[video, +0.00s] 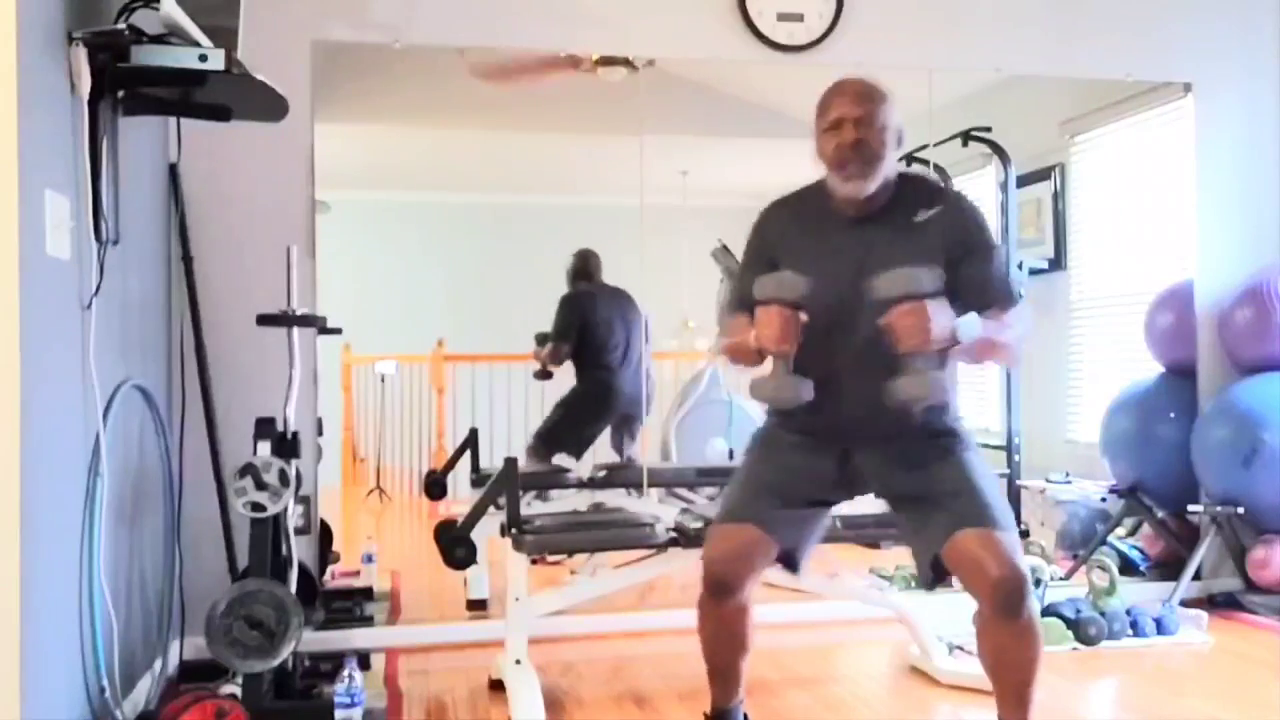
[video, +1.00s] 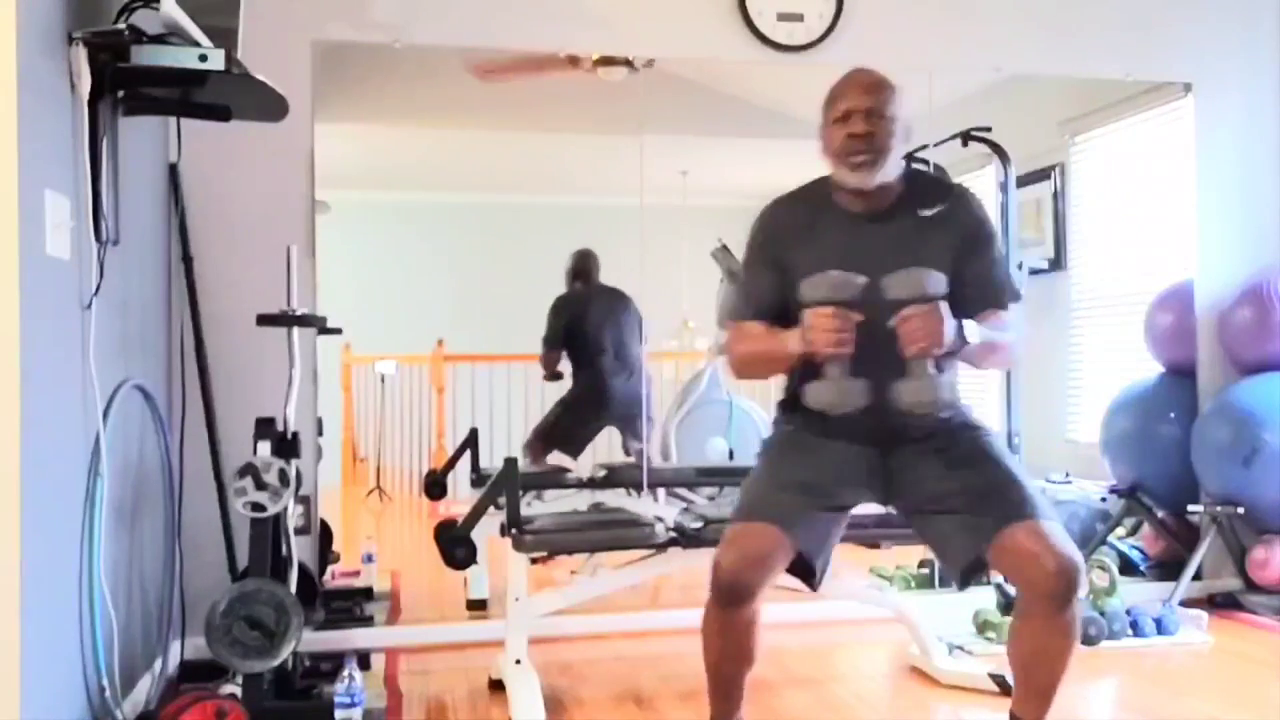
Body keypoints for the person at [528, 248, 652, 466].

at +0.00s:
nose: (567, 276)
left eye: (569, 272)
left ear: (571, 273)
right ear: (599, 273)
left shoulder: (575, 300)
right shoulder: (627, 299)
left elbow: (557, 354)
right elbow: (643, 347)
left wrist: (543, 355)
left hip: (598, 393)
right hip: (637, 391)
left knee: (539, 449)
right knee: (629, 453)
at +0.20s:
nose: (578, 246)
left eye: (578, 241)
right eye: (579, 242)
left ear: (583, 240)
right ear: (608, 238)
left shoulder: (592, 261)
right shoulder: (644, 263)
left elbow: (592, 304)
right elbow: (673, 308)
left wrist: (560, 329)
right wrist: (641, 320)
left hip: (614, 360)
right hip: (652, 361)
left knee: (572, 432)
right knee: (640, 437)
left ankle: (578, 503)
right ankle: (659, 507)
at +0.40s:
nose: (581, 251)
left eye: (582, 246)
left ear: (586, 245)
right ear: (613, 243)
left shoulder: (594, 264)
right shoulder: (641, 263)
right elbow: (690, 288)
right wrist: (668, 314)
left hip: (622, 371)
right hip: (658, 370)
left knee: (594, 447)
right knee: (643, 443)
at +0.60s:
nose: (585, 241)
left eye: (586, 236)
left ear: (590, 236)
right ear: (616, 234)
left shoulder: (594, 260)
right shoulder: (647, 258)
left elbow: (591, 301)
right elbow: (686, 298)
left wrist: (570, 328)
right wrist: (656, 317)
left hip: (620, 360)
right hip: (658, 361)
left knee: (585, 431)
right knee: (652, 436)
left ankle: (595, 476)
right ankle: (662, 506)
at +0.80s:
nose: (581, 256)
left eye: (582, 251)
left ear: (587, 253)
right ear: (614, 252)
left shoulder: (586, 280)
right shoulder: (645, 280)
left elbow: (571, 337)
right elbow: (663, 333)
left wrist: (560, 340)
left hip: (613, 375)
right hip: (653, 376)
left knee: (556, 441)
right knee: (646, 446)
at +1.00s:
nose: (568, 276)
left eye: (569, 271)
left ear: (571, 273)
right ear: (597, 273)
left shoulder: (565, 303)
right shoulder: (623, 300)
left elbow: (550, 359)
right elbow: (639, 345)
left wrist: (551, 372)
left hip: (590, 395)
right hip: (634, 393)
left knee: (534, 449)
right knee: (647, 454)